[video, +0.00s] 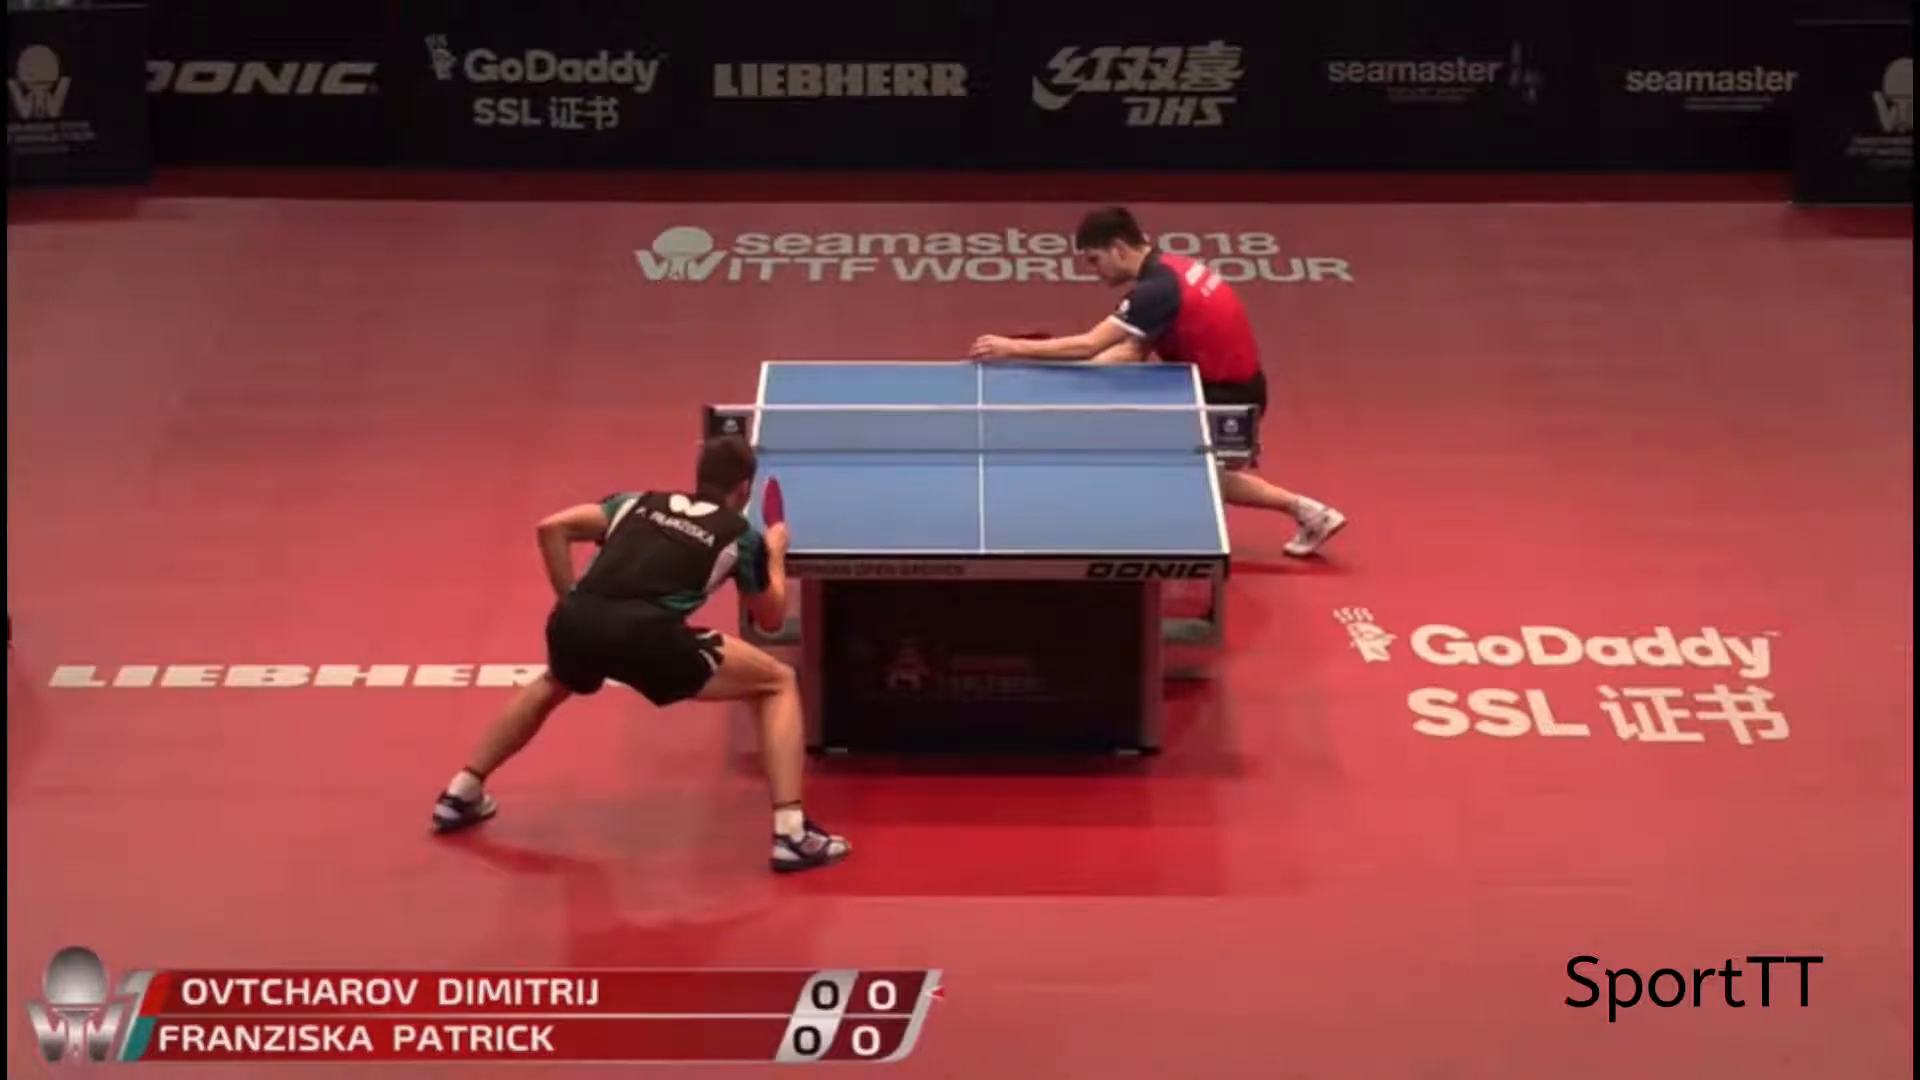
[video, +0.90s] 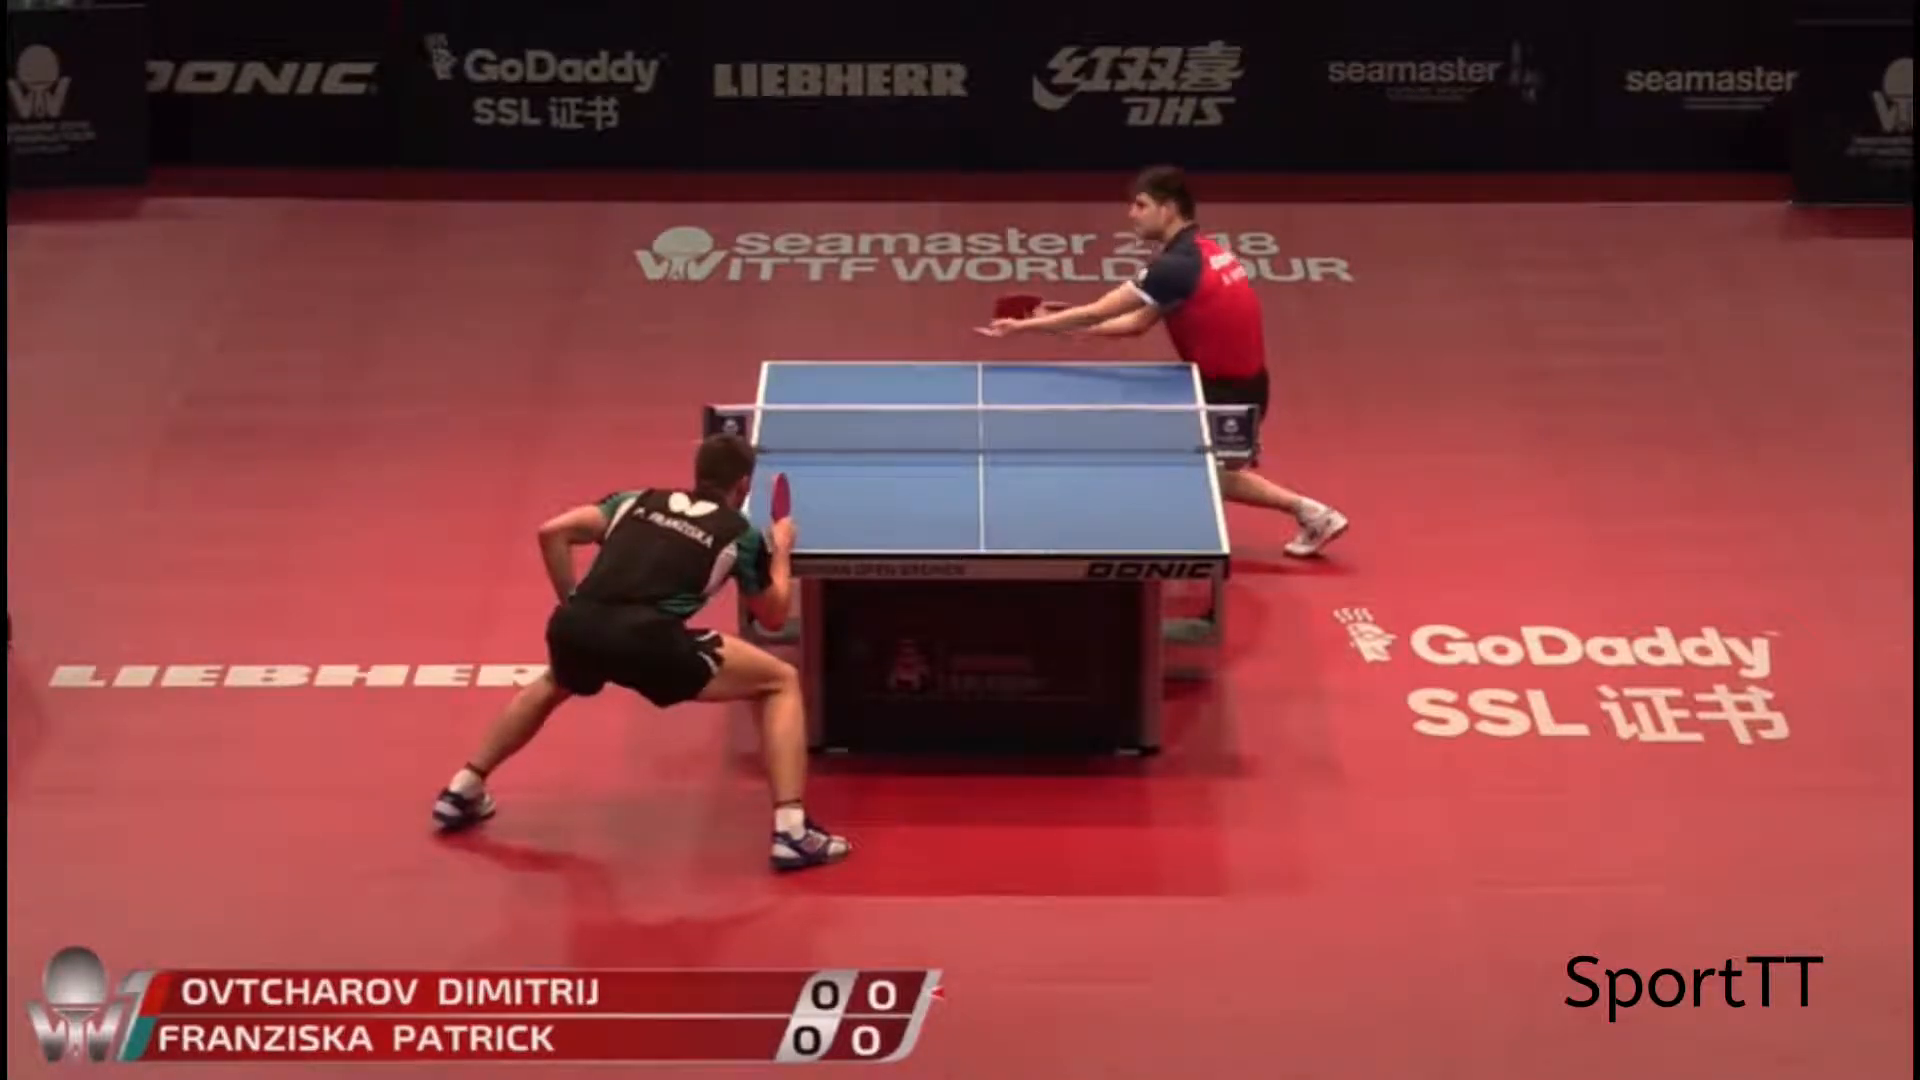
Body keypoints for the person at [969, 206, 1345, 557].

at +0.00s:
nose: (1093, 271)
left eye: (1094, 260)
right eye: (1090, 262)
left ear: (1119, 248)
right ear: (1128, 245)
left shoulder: (1158, 284)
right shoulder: (1166, 269)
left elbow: (1088, 345)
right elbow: (1135, 349)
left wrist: (1012, 348)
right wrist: (1079, 374)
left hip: (1231, 391)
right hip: (1210, 382)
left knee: (1213, 478)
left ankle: (1309, 512)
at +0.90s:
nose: (1132, 216)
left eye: (1138, 207)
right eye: (1133, 207)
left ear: (1167, 208)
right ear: (1174, 210)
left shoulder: (1178, 262)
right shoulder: (1207, 249)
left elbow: (1098, 312)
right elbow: (1136, 323)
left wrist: (1023, 326)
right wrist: (1070, 322)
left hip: (1224, 390)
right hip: (1242, 383)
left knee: (1216, 477)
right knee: (1219, 475)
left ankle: (1311, 513)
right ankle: (1310, 515)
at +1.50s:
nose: (1181, 110)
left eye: (1192, 103)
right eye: (1184, 101)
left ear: (1220, 117)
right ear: (1217, 120)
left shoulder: (1216, 161)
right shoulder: (1229, 165)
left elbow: (1136, 155)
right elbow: (1144, 192)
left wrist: (1068, 115)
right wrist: (1088, 137)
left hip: (1225, 315)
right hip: (1253, 315)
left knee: (1145, 406)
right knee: (1250, 430)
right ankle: (1330, 525)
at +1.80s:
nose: (1204, 98)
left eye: (1216, 92)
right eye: (1208, 90)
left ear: (1244, 107)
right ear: (1242, 111)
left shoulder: (1237, 154)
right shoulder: (1268, 161)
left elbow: (1168, 183)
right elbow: (1242, 255)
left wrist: (1097, 159)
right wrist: (1168, 283)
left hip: (1241, 305)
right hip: (1279, 304)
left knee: (1172, 406)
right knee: (1274, 420)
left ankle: (1166, 530)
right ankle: (1334, 529)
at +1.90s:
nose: (1207, 97)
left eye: (1220, 91)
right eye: (1211, 89)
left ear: (1248, 106)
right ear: (1247, 111)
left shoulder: (1238, 150)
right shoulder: (1276, 159)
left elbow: (1185, 188)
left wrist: (1114, 176)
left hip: (1249, 302)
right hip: (1286, 302)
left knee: (1178, 404)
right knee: (1279, 419)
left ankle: (1173, 529)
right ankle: (1335, 531)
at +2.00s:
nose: (1205, 102)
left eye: (1217, 95)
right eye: (1209, 94)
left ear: (1244, 109)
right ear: (1246, 113)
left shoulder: (1234, 151)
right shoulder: (1285, 165)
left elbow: (1201, 194)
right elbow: (1310, 247)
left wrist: (1137, 202)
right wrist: (1326, 282)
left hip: (1245, 303)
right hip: (1287, 306)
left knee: (1163, 386)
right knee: (1275, 423)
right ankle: (1334, 531)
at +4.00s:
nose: (1097, 181)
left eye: (1105, 171)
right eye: (1089, 172)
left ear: (1123, 167)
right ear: (1079, 173)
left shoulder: (1159, 204)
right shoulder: (1068, 210)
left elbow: (1205, 250)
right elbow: (1016, 261)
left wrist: (1185, 264)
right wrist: (1033, 267)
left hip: (1146, 315)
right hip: (1081, 314)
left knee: (1202, 393)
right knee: (1020, 382)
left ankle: (1273, 475)